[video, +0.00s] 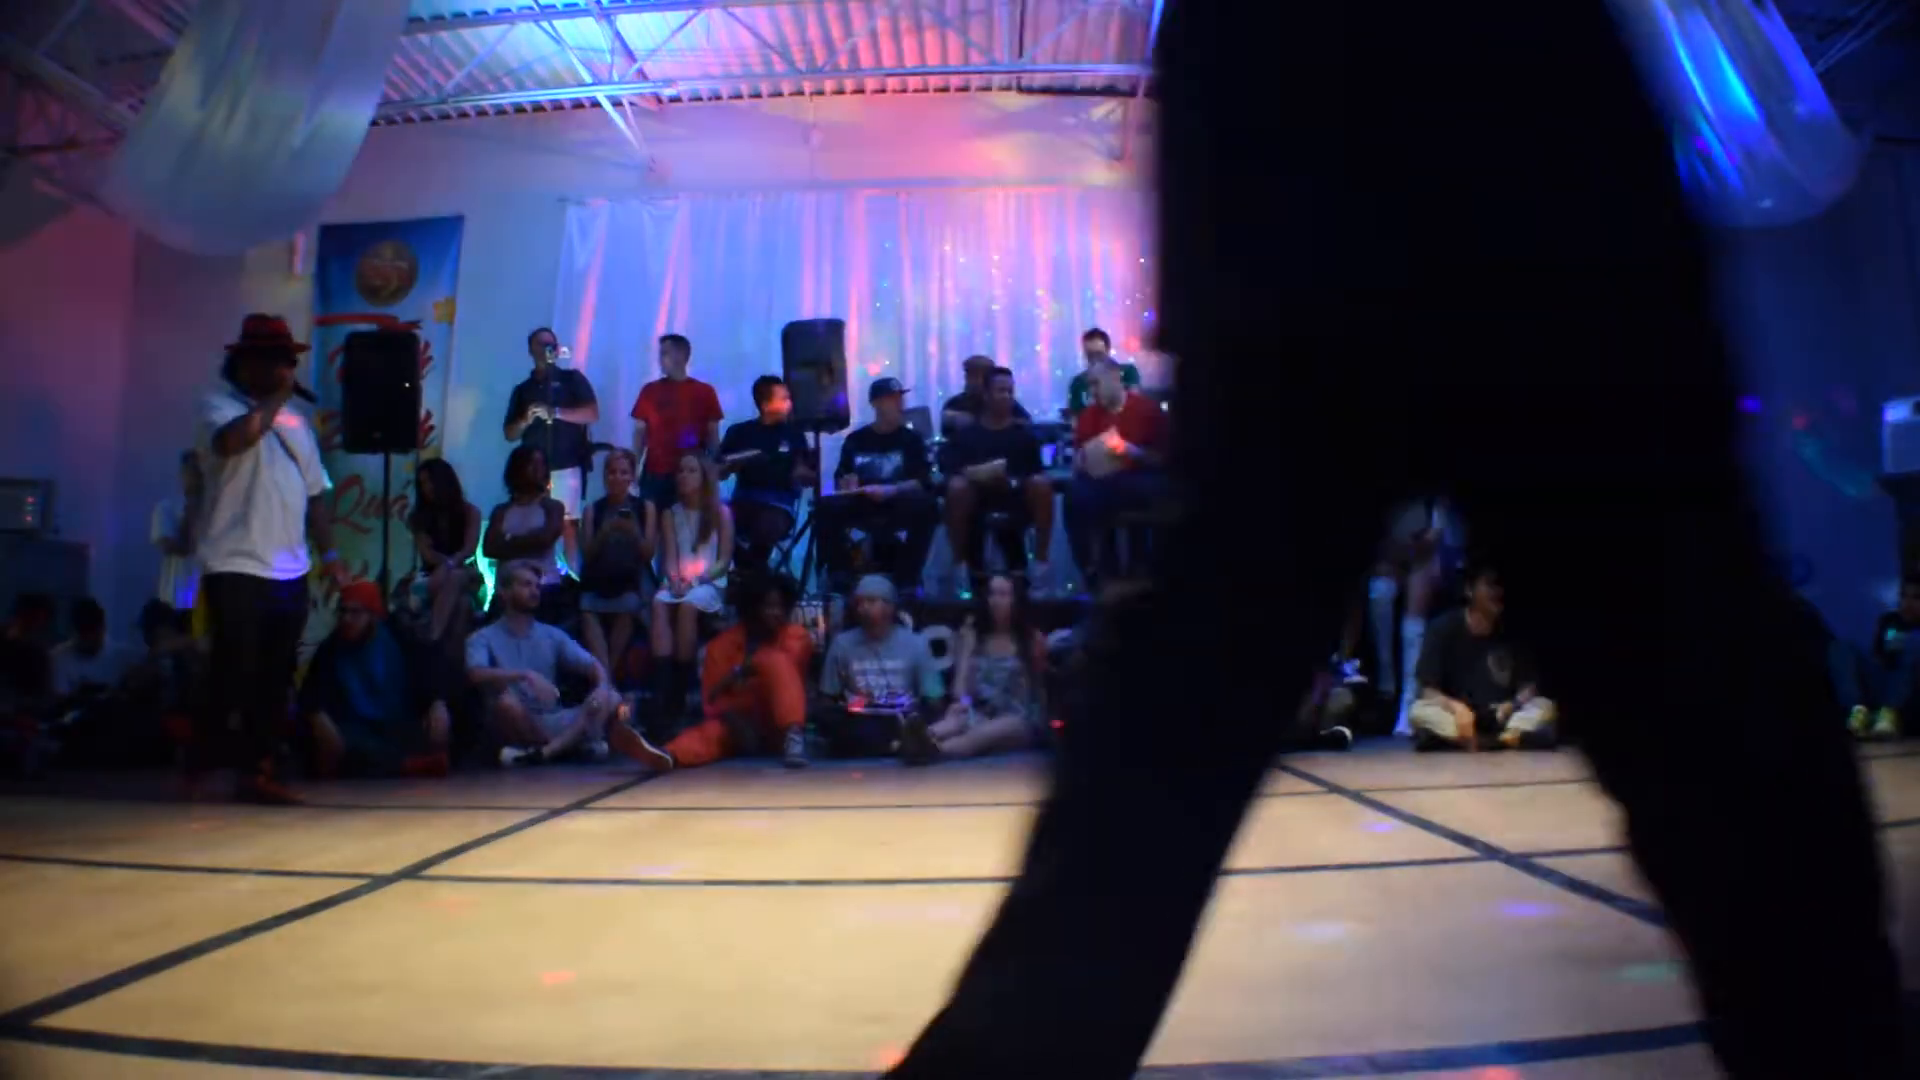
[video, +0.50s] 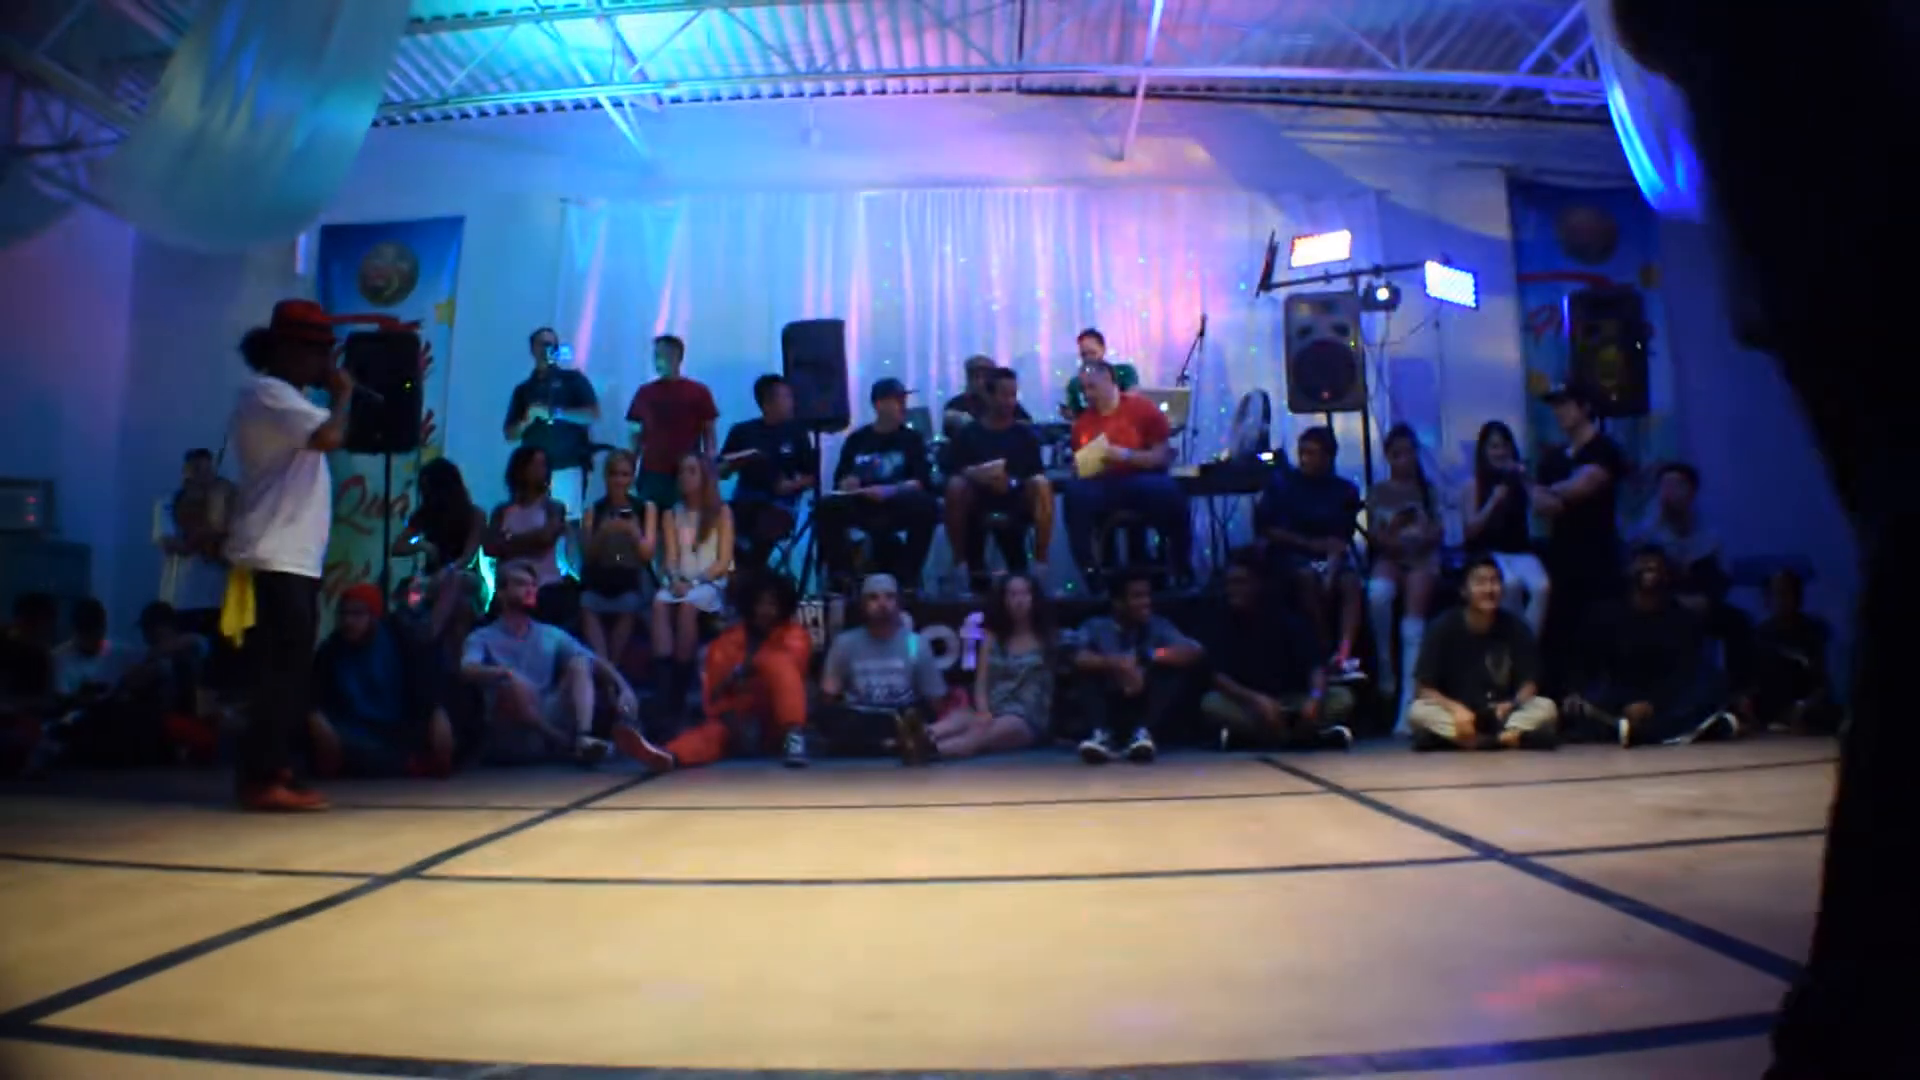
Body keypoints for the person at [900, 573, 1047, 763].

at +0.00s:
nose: (997, 601)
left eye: (1004, 595)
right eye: (993, 594)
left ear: (1017, 600)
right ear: (985, 599)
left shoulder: (1030, 638)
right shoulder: (972, 636)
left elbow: (1040, 683)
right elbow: (961, 679)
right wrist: (962, 702)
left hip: (1017, 711)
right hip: (980, 709)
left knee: (987, 733)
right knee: (956, 720)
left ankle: (938, 749)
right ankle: (924, 736)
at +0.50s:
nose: (1020, 601)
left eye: (1026, 594)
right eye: (1013, 595)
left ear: (1034, 598)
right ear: (1004, 600)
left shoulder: (1045, 638)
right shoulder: (993, 638)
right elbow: (981, 682)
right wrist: (983, 713)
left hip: (1028, 713)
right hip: (993, 709)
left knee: (982, 737)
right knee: (960, 718)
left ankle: (933, 750)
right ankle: (924, 736)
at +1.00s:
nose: (1003, 606)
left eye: (1009, 600)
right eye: (1000, 600)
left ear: (1025, 601)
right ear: (995, 603)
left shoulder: (1042, 638)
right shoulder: (987, 640)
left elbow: (1051, 678)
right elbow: (976, 682)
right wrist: (985, 711)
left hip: (1026, 712)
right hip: (991, 708)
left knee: (981, 735)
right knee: (960, 719)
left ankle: (932, 751)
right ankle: (922, 735)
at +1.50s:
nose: (1003, 604)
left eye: (1009, 597)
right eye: (998, 598)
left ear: (1023, 600)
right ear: (992, 602)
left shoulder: (1040, 637)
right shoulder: (982, 638)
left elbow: (1046, 682)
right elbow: (974, 686)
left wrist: (1048, 719)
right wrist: (985, 712)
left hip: (1024, 713)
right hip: (989, 709)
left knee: (984, 734)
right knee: (961, 720)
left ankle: (934, 752)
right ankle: (922, 737)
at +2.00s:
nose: (1016, 603)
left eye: (1022, 597)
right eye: (1011, 597)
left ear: (1036, 600)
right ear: (1004, 602)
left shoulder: (1049, 640)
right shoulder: (993, 640)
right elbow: (979, 687)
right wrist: (986, 712)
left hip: (1030, 715)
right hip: (993, 711)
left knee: (980, 736)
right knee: (957, 721)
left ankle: (930, 752)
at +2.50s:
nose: (1011, 600)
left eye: (1017, 594)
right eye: (1006, 595)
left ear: (1030, 598)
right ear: (999, 600)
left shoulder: (1044, 638)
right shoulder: (990, 640)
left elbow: (1053, 683)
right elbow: (978, 685)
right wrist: (983, 712)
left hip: (1030, 714)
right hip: (993, 710)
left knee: (980, 735)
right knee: (957, 720)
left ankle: (931, 751)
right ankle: (918, 736)